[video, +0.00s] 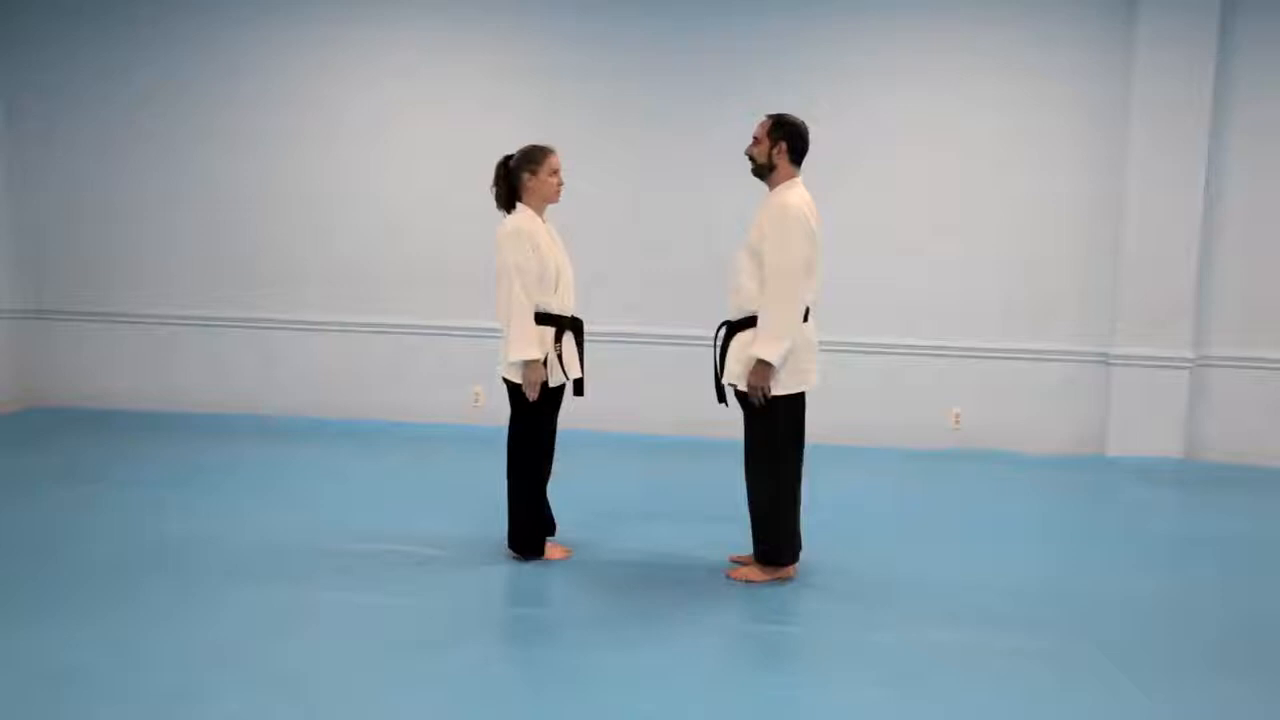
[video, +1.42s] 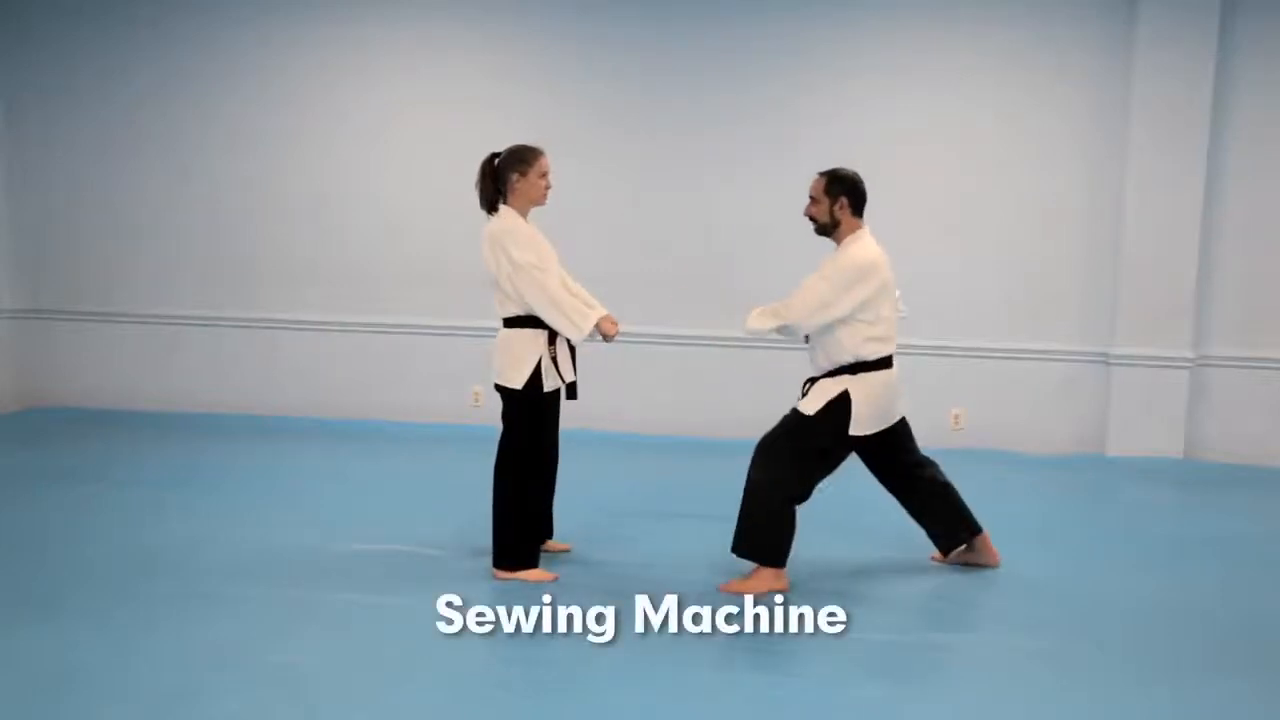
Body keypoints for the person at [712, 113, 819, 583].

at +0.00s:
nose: (748, 147)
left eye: (756, 140)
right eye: (752, 139)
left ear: (780, 149)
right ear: (781, 149)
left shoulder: (789, 207)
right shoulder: (781, 203)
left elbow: (786, 291)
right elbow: (780, 288)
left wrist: (767, 358)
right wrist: (754, 351)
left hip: (776, 359)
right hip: (769, 356)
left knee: (772, 464)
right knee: (769, 462)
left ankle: (777, 560)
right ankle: (772, 551)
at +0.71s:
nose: (742, 159)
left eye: (749, 151)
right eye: (744, 151)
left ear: (774, 156)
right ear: (777, 156)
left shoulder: (787, 213)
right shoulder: (801, 206)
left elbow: (761, 291)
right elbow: (761, 280)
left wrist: (711, 331)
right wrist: (711, 302)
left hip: (788, 357)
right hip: (805, 352)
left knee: (768, 465)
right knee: (782, 462)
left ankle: (771, 569)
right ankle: (775, 551)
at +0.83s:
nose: (742, 168)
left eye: (749, 160)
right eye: (744, 160)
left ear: (774, 164)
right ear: (780, 164)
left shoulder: (787, 219)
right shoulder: (814, 211)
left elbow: (753, 287)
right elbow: (770, 280)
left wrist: (701, 310)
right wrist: (714, 287)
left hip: (799, 357)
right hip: (829, 350)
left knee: (768, 457)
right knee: (792, 442)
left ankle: (773, 571)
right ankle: (815, 523)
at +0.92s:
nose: (748, 174)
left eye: (754, 165)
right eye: (750, 164)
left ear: (781, 171)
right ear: (788, 171)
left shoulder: (793, 224)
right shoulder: (820, 213)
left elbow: (753, 291)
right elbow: (772, 283)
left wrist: (701, 303)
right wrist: (717, 285)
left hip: (807, 364)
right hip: (839, 357)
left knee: (770, 462)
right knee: (811, 444)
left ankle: (772, 572)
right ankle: (870, 514)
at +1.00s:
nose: (757, 179)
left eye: (763, 172)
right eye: (758, 171)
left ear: (789, 175)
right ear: (795, 176)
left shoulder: (802, 229)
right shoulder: (829, 221)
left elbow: (760, 292)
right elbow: (787, 292)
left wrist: (712, 298)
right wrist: (731, 289)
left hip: (814, 368)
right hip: (851, 361)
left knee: (774, 466)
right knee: (842, 452)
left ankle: (771, 572)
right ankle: (915, 515)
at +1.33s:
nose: (801, 207)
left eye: (808, 199)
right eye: (803, 199)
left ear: (836, 203)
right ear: (839, 204)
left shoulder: (850, 255)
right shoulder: (864, 249)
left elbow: (796, 314)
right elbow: (817, 318)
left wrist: (752, 316)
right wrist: (788, 324)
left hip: (848, 389)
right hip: (876, 384)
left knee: (777, 460)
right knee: (908, 466)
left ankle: (771, 570)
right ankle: (972, 542)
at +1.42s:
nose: (806, 209)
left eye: (814, 201)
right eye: (808, 200)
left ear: (841, 205)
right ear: (844, 207)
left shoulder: (853, 258)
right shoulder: (868, 253)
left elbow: (801, 314)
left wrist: (752, 321)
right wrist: (794, 326)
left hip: (848, 392)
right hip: (875, 387)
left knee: (775, 457)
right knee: (908, 469)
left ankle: (769, 570)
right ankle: (973, 544)